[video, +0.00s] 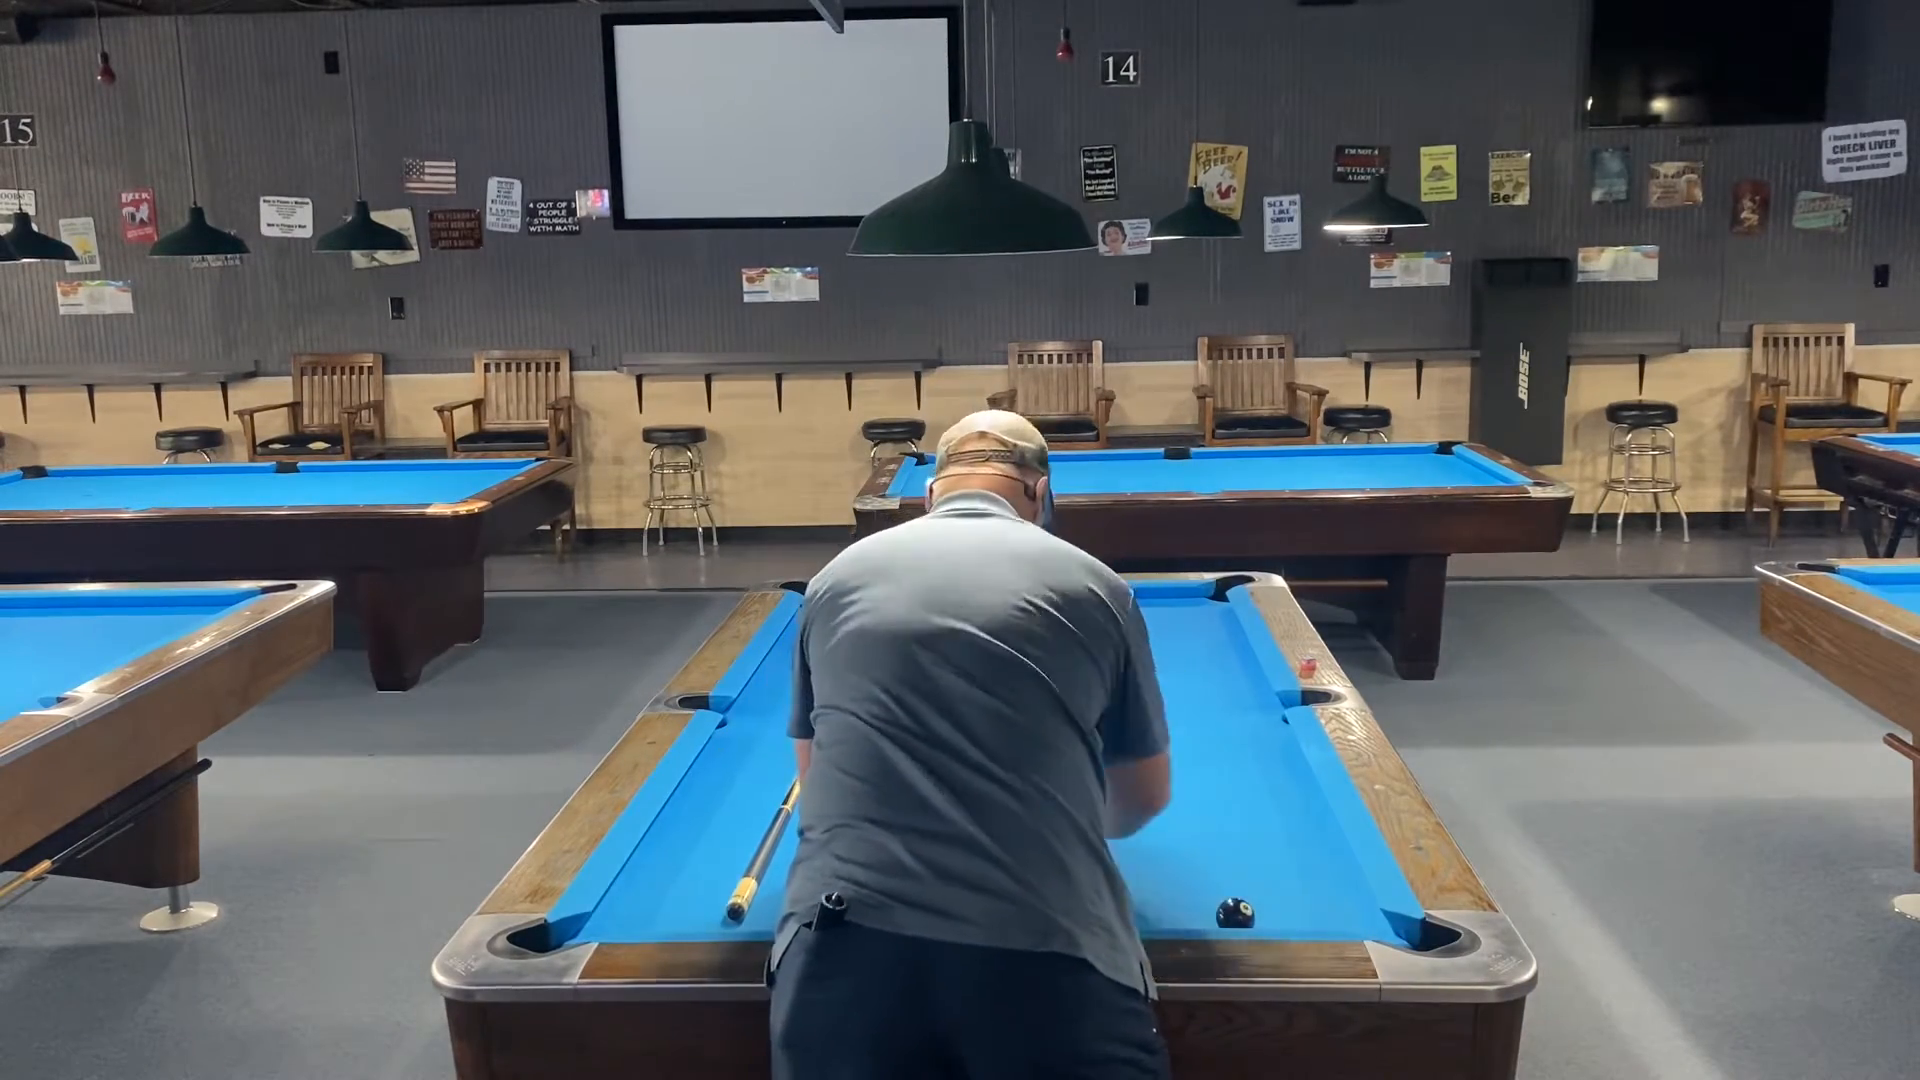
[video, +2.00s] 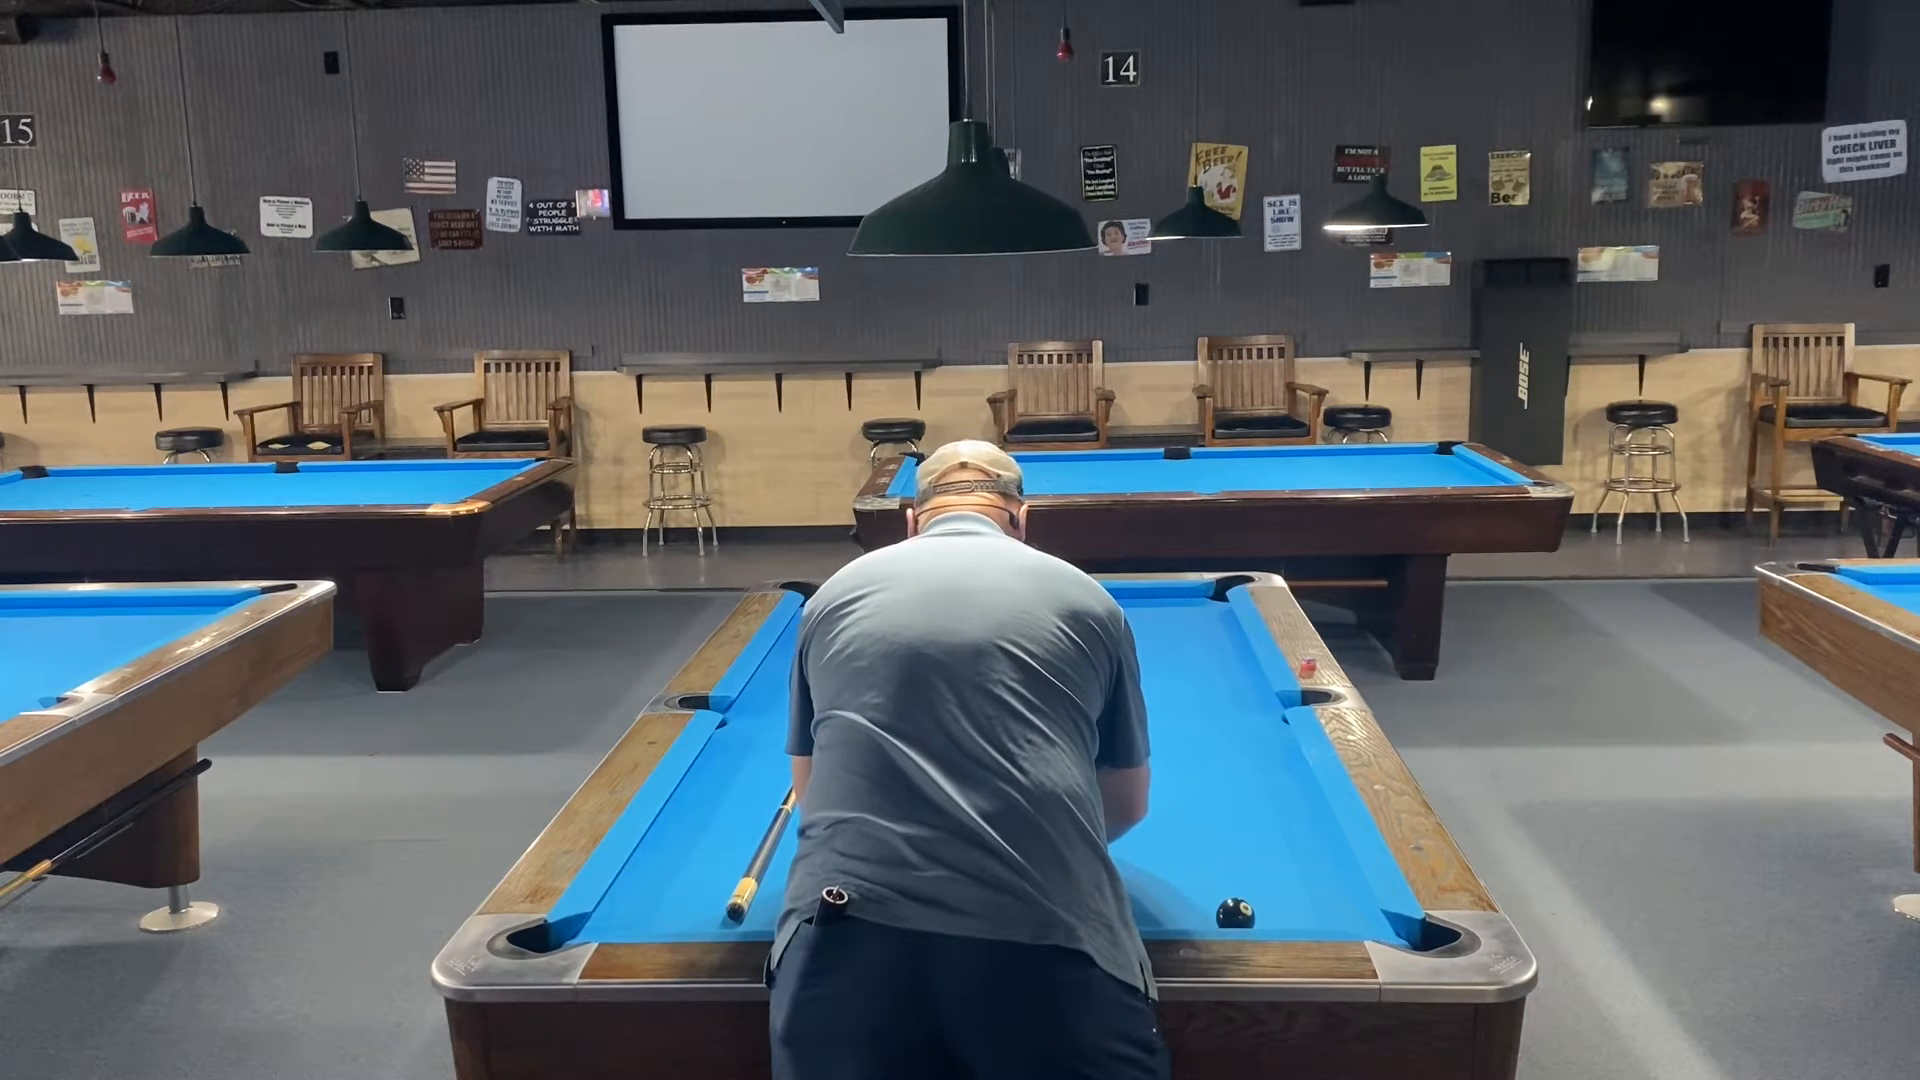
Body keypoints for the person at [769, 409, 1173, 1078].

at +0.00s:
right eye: (1047, 493)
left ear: (929, 495)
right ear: (1037, 488)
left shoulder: (836, 575)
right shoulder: (1097, 584)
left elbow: (816, 773)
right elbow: (1143, 790)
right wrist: (1053, 830)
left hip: (845, 962)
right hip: (1049, 968)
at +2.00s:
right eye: (1020, 512)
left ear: (913, 519)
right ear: (1018, 517)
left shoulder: (835, 592)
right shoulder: (1089, 598)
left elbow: (809, 789)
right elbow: (1124, 801)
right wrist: (1030, 849)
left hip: (846, 956)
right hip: (1050, 963)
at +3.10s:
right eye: (1033, 490)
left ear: (915, 491)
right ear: (1024, 493)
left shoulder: (825, 562)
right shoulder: (1099, 578)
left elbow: (767, 774)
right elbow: (1158, 784)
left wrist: (857, 819)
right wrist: (1096, 776)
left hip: (846, 968)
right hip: (1052, 977)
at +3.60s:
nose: (1049, 490)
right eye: (1046, 470)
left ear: (916, 460)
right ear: (1027, 452)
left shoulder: (810, 551)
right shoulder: (1099, 557)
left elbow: (769, 780)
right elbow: (1183, 804)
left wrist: (854, 829)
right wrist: (1210, 806)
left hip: (841, 997)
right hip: (1051, 1007)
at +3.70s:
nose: (1058, 489)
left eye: (1058, 474)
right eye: (1056, 469)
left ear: (921, 458)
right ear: (1032, 445)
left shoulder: (814, 550)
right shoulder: (1101, 554)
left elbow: (773, 779)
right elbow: (1210, 793)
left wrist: (867, 835)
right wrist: (1256, 825)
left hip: (842, 993)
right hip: (1051, 1009)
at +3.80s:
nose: (1058, 485)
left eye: (1058, 469)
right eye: (1058, 464)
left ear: (926, 456)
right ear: (1038, 447)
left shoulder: (820, 550)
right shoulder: (1107, 554)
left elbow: (778, 776)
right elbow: (1223, 772)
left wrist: (868, 834)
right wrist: (1235, 841)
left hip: (840, 992)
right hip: (1048, 1007)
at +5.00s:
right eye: (1032, 514)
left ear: (916, 512)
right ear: (1026, 515)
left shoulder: (831, 585)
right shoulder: (1091, 594)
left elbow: (799, 796)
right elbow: (1130, 801)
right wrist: (1039, 855)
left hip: (843, 967)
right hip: (1048, 973)